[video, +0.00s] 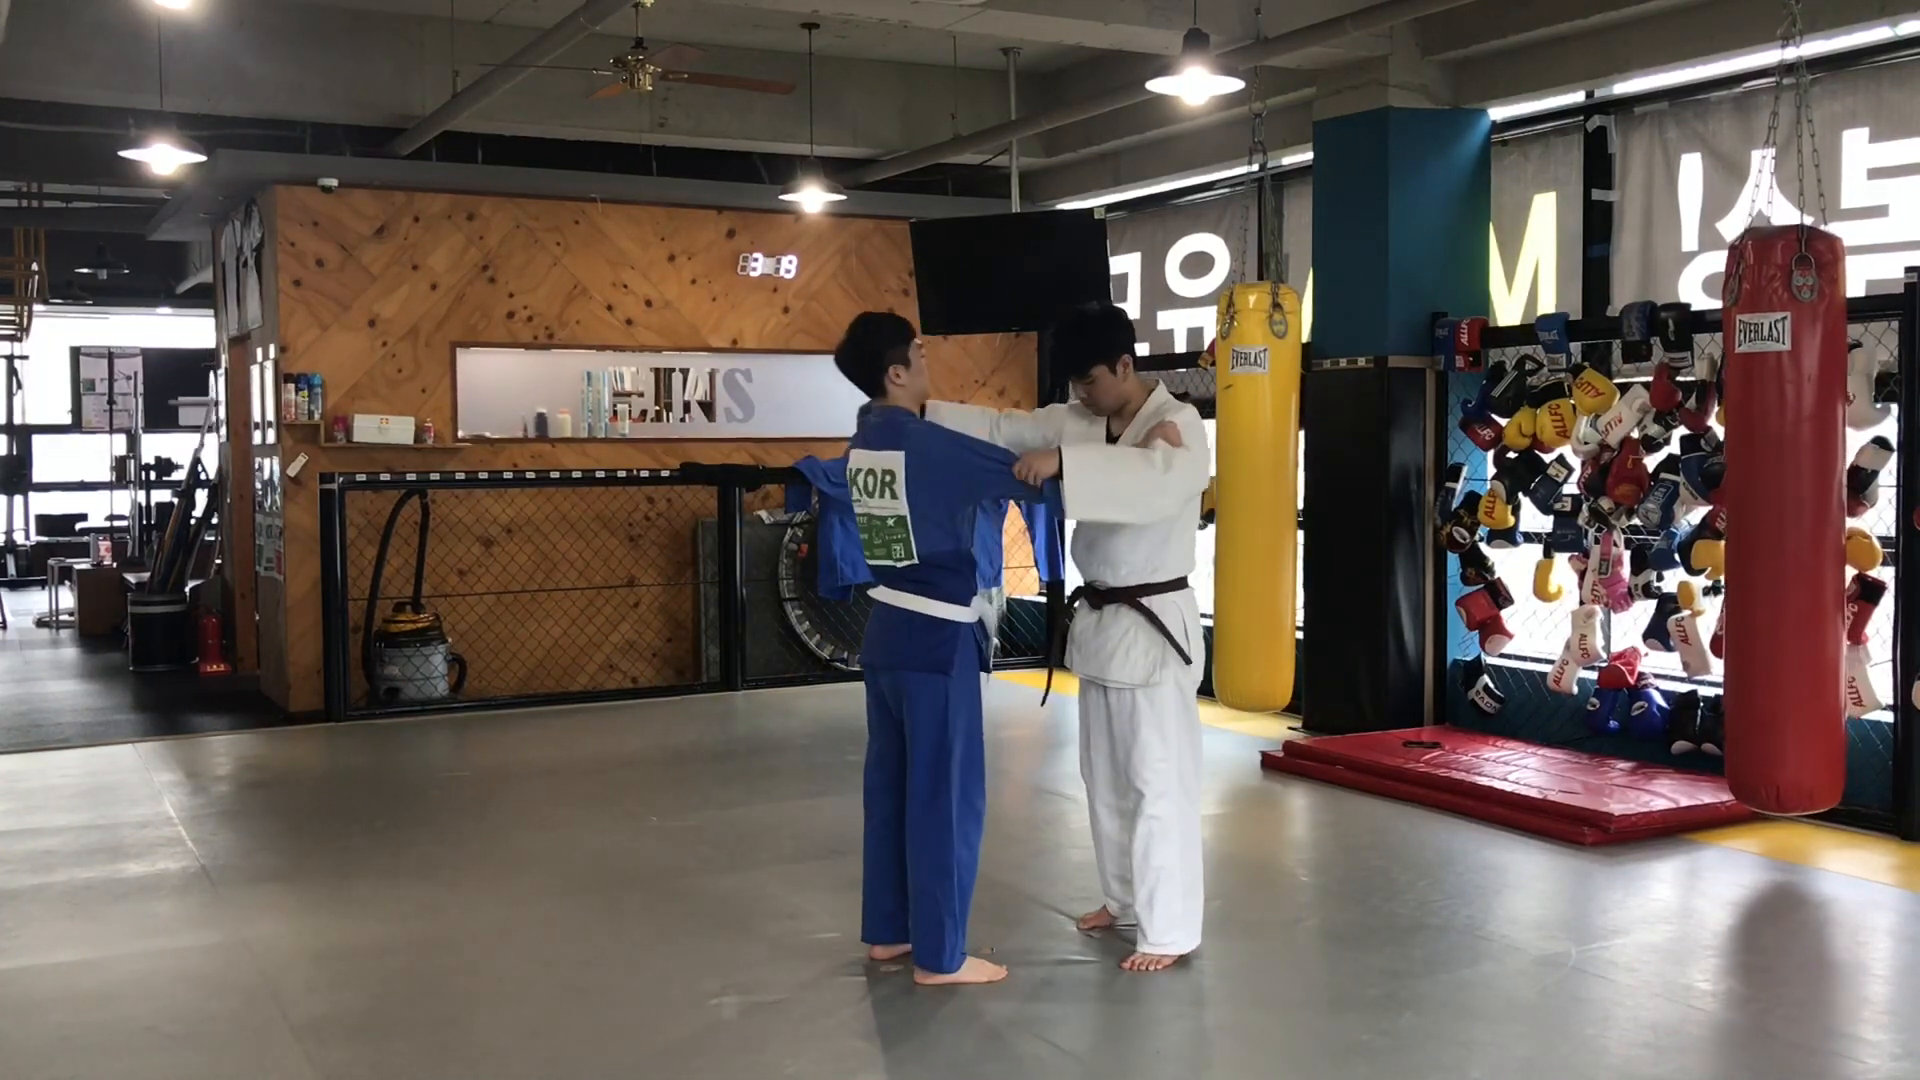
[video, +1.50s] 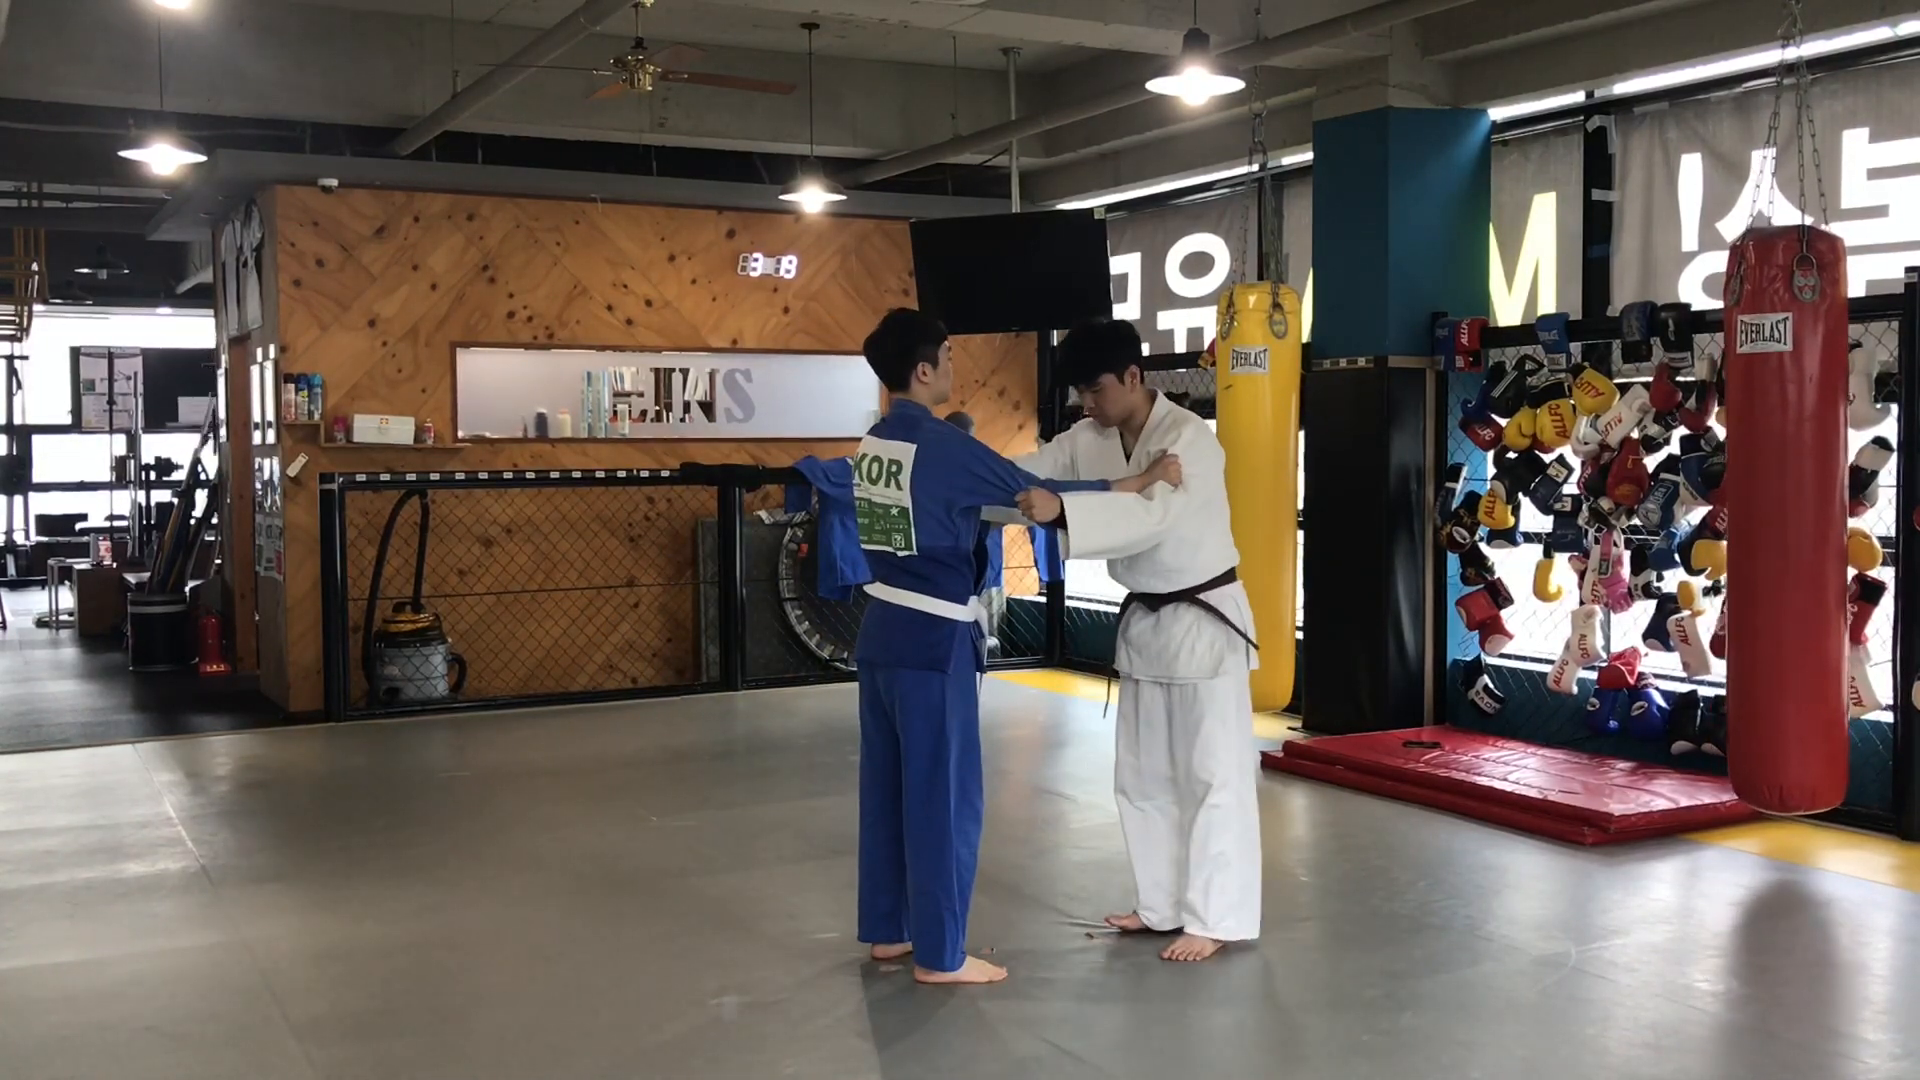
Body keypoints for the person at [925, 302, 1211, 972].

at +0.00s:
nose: (1078, 394)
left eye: (1085, 380)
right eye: (1073, 383)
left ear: (1123, 365)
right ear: (1089, 375)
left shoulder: (1178, 422)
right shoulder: (1081, 422)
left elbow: (1166, 484)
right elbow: (1001, 425)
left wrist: (1064, 468)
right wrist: (917, 410)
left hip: (1154, 622)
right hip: (1098, 619)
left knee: (1158, 783)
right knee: (1108, 776)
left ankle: (1172, 931)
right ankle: (1126, 901)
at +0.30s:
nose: (1071, 397)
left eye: (1078, 383)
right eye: (1066, 386)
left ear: (1115, 366)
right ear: (1091, 375)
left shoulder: (1177, 429)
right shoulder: (1073, 428)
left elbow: (1154, 499)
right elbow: (1009, 464)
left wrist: (1059, 483)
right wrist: (960, 450)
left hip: (1156, 620)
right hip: (1098, 618)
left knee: (1158, 782)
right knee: (1107, 777)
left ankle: (1172, 932)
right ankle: (1123, 901)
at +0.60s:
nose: (1092, 398)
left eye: (1099, 383)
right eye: (1087, 386)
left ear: (1137, 368)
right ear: (1111, 376)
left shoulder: (1190, 436)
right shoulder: (1097, 428)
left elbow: (1141, 495)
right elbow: (1028, 455)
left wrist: (1044, 491)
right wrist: (948, 456)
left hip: (1167, 625)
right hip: (1113, 619)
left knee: (1164, 785)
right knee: (1114, 775)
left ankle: (1174, 934)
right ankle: (1127, 902)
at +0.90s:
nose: (1097, 391)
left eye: (1105, 376)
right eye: (1092, 378)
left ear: (1145, 367)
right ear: (1113, 374)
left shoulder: (1197, 438)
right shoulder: (1098, 429)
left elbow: (1156, 499)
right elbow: (1034, 459)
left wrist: (1065, 492)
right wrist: (963, 457)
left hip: (1178, 622)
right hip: (1124, 617)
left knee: (1170, 783)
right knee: (1123, 779)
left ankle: (1177, 934)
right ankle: (1143, 910)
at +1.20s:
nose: (1081, 416)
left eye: (1088, 402)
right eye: (1076, 405)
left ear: (1125, 383)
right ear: (1090, 396)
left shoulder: (1187, 437)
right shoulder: (1089, 440)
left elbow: (1156, 507)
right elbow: (1021, 474)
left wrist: (1067, 507)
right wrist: (958, 471)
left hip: (1205, 621)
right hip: (1143, 620)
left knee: (1202, 778)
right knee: (1141, 773)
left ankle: (1205, 926)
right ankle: (1156, 908)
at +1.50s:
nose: (1085, 405)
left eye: (1093, 391)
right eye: (1080, 394)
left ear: (1132, 376)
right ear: (1090, 390)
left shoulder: (1191, 438)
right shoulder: (1085, 439)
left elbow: (1152, 517)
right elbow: (1018, 481)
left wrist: (1063, 511)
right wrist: (955, 475)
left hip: (1205, 621)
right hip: (1143, 620)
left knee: (1212, 779)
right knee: (1147, 775)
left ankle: (1215, 921)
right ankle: (1163, 908)